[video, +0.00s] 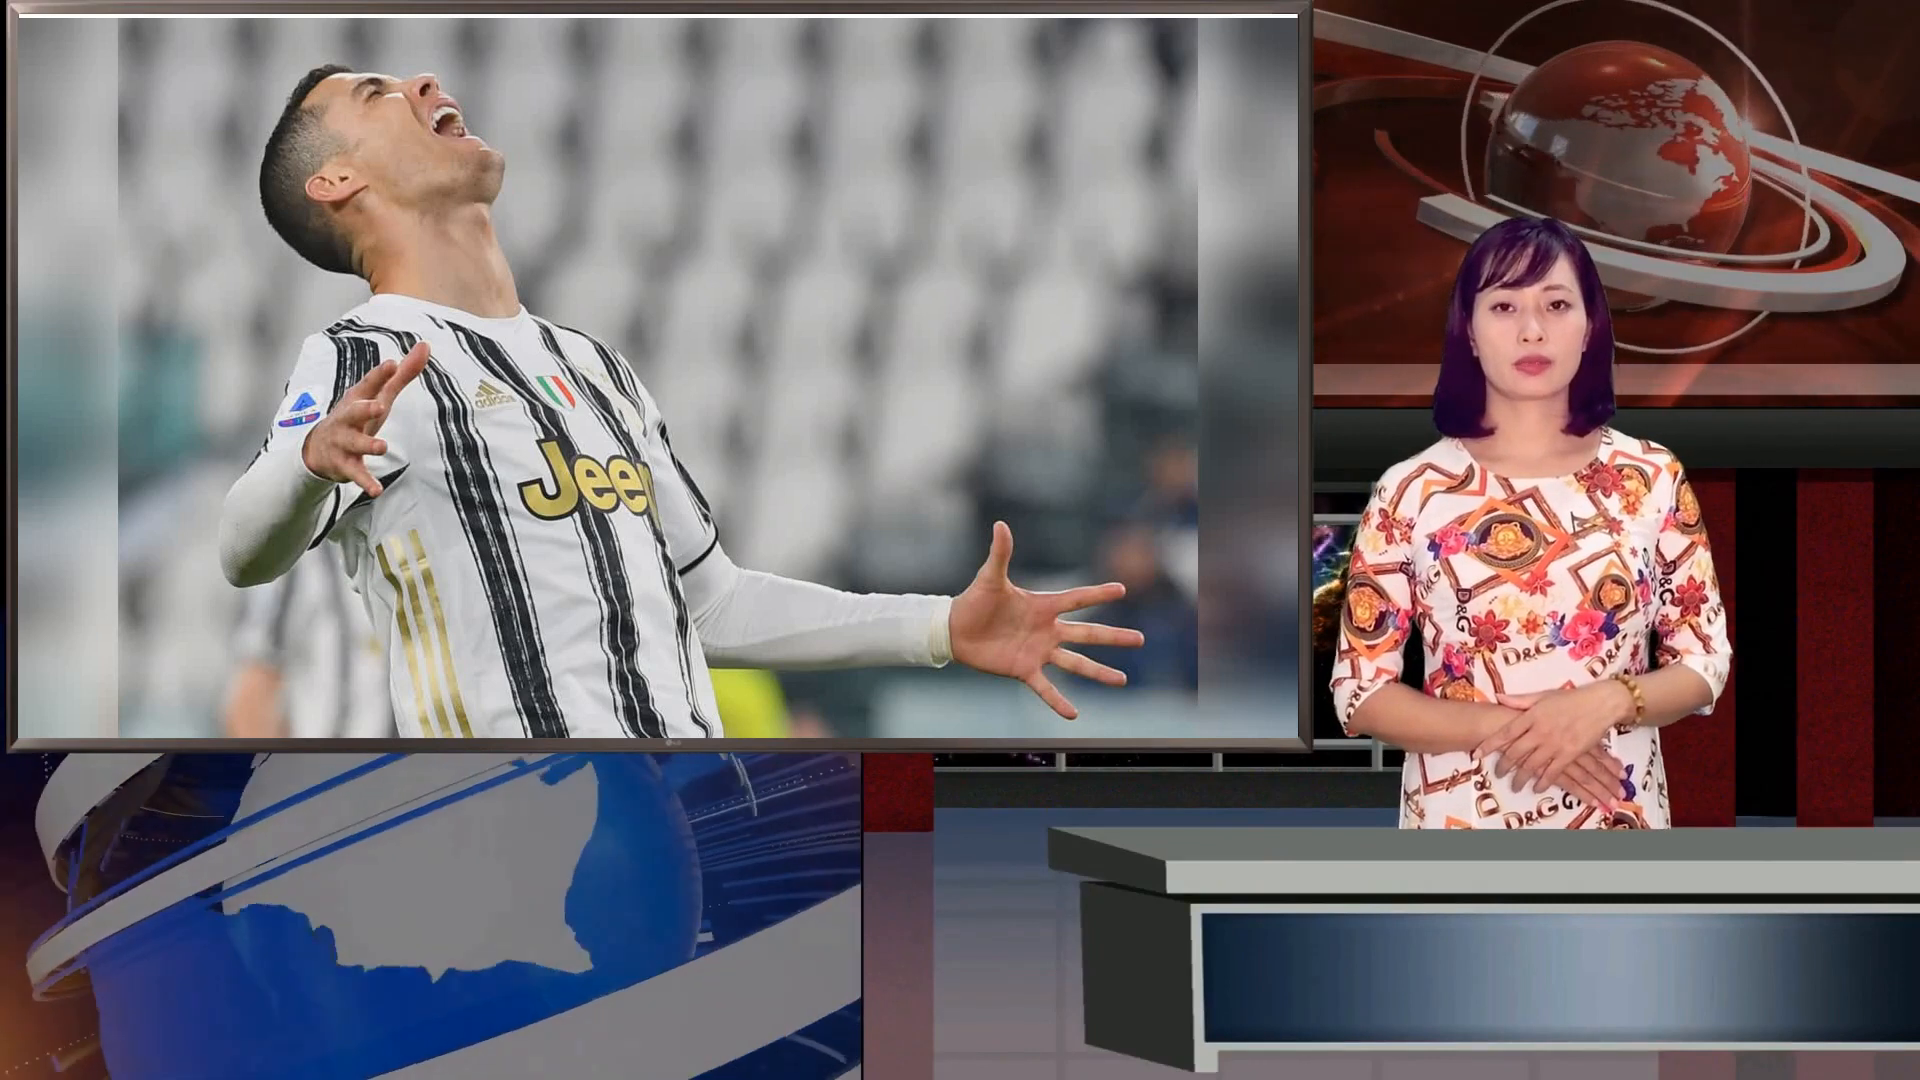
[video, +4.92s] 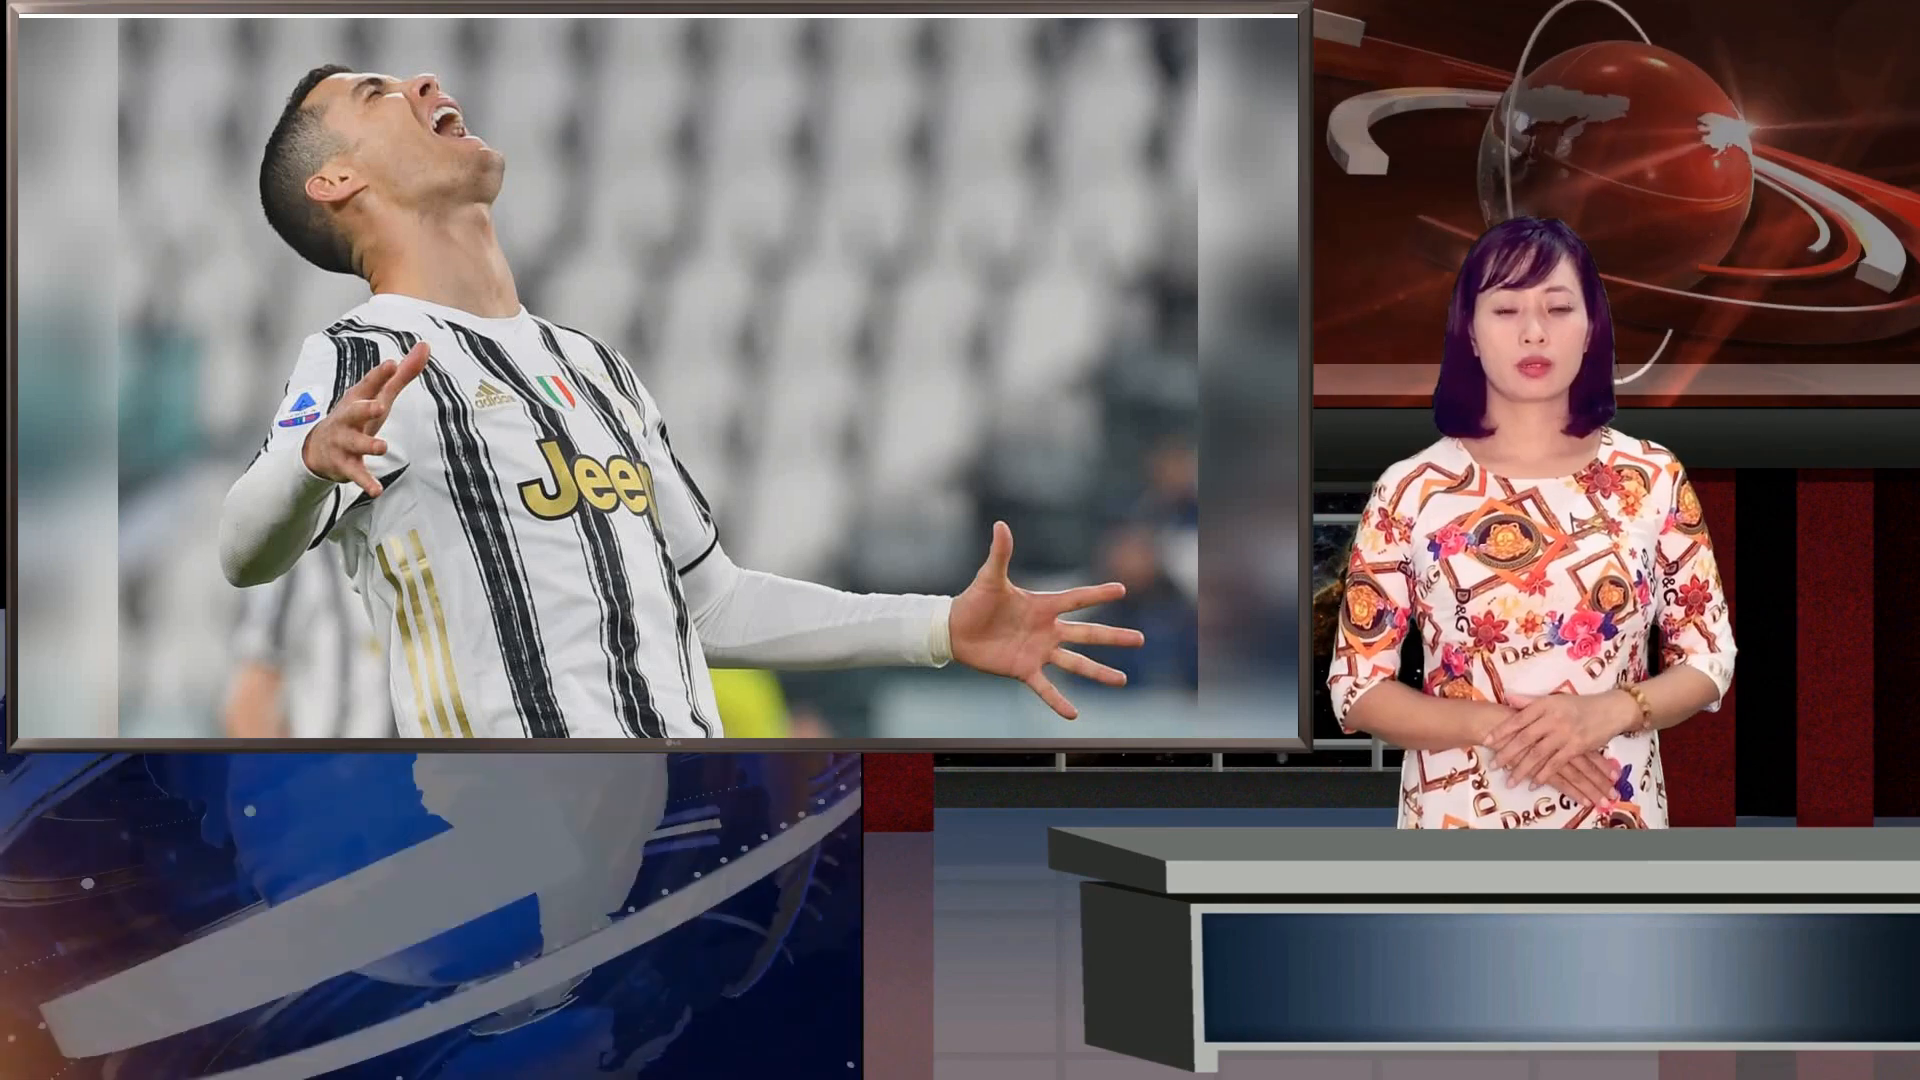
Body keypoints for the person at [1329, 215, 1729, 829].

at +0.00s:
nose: (1532, 329)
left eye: (1557, 305)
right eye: (1504, 307)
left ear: (1590, 325)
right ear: (1467, 328)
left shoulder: (1650, 478)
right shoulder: (1409, 492)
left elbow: (1704, 661)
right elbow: (1359, 691)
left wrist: (1606, 702)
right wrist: (1517, 732)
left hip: (1617, 830)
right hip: (1460, 831)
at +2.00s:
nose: (1531, 329)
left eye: (1555, 305)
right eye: (1502, 307)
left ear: (1588, 326)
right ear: (1466, 328)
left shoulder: (1647, 479)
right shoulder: (1406, 492)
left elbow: (1704, 668)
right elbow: (1355, 689)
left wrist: (1652, 682)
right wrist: (1498, 724)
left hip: (1613, 833)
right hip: (1456, 832)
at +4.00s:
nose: (1532, 330)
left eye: (1558, 307)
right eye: (1504, 308)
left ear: (1591, 326)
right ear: (1468, 329)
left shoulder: (1651, 479)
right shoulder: (1409, 491)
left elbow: (1704, 661)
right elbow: (1356, 689)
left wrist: (1622, 697)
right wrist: (1490, 725)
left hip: (1616, 833)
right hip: (1459, 831)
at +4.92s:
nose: (1533, 331)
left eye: (1558, 307)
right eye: (1505, 310)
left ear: (1591, 326)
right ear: (1469, 329)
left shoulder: (1651, 478)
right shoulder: (1409, 492)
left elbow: (1709, 658)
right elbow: (1357, 688)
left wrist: (1607, 712)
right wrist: (1502, 728)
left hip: (1615, 830)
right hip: (1458, 829)